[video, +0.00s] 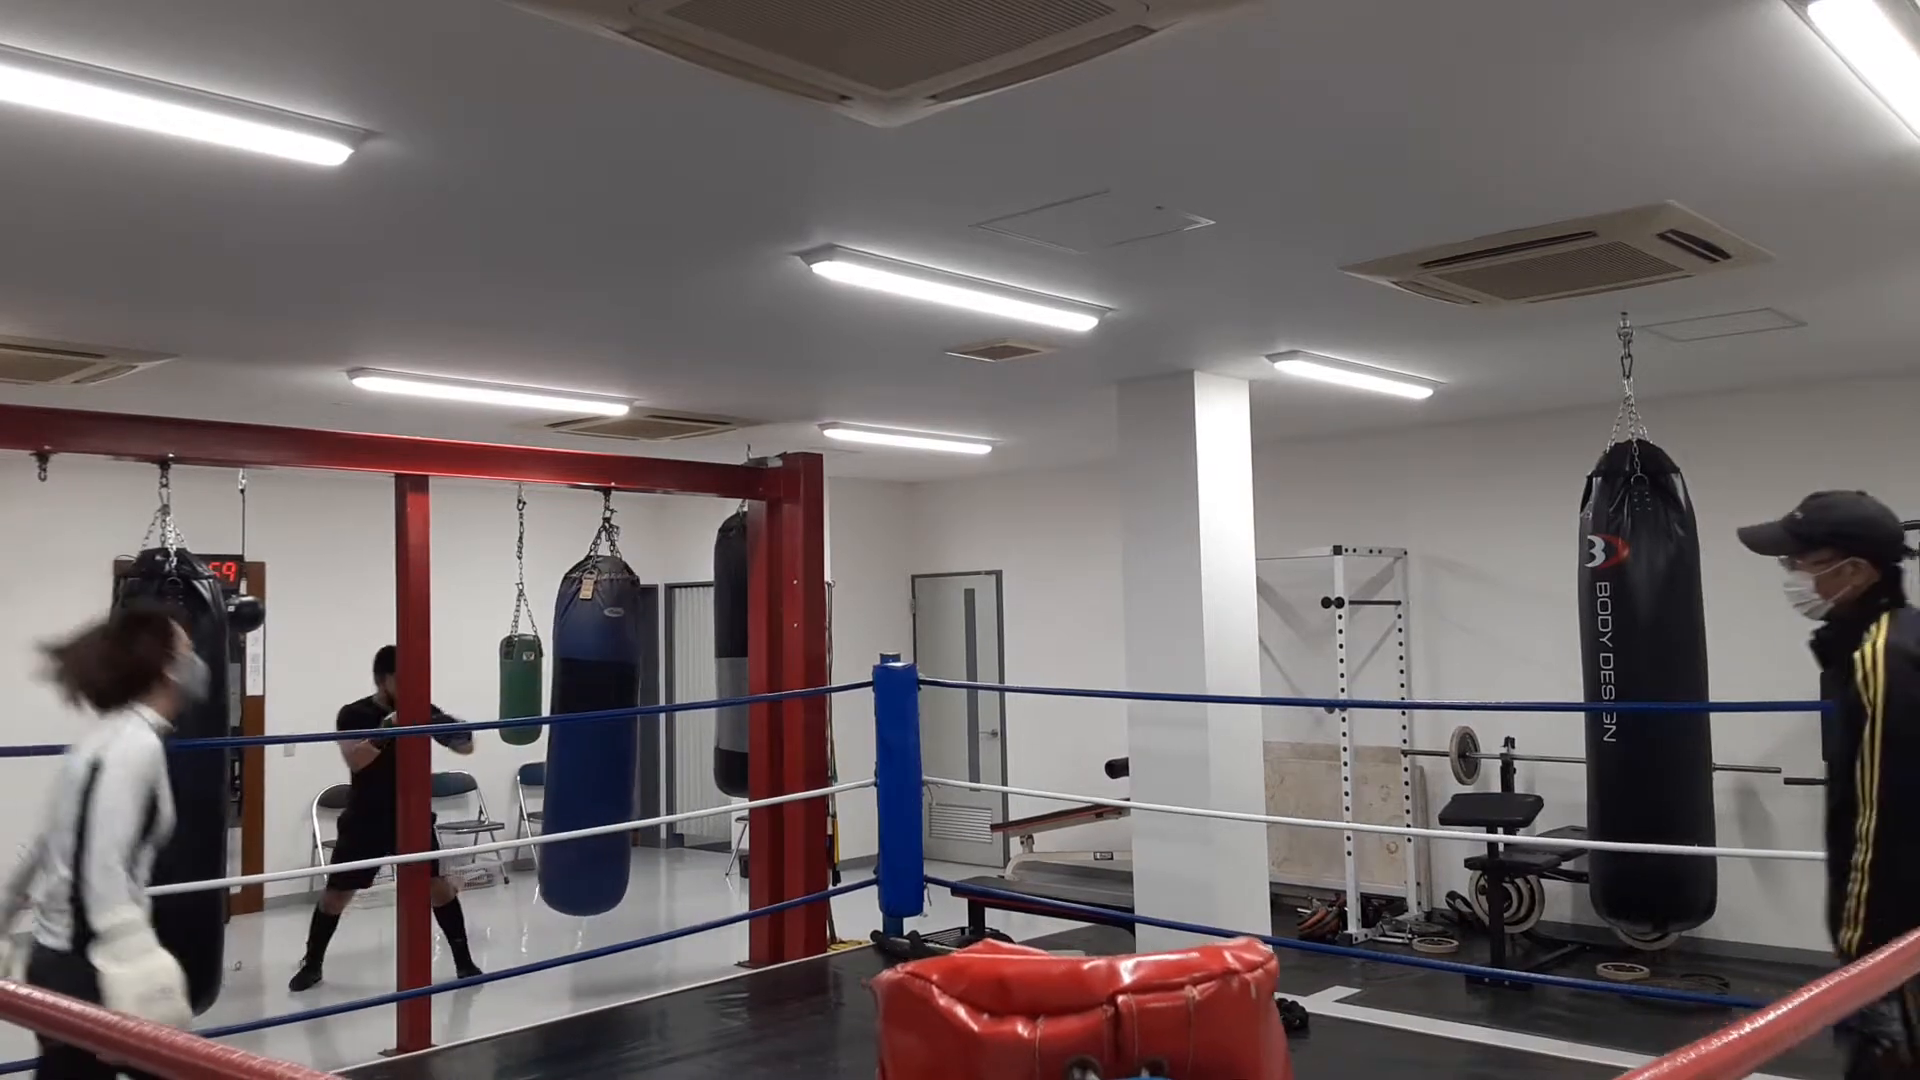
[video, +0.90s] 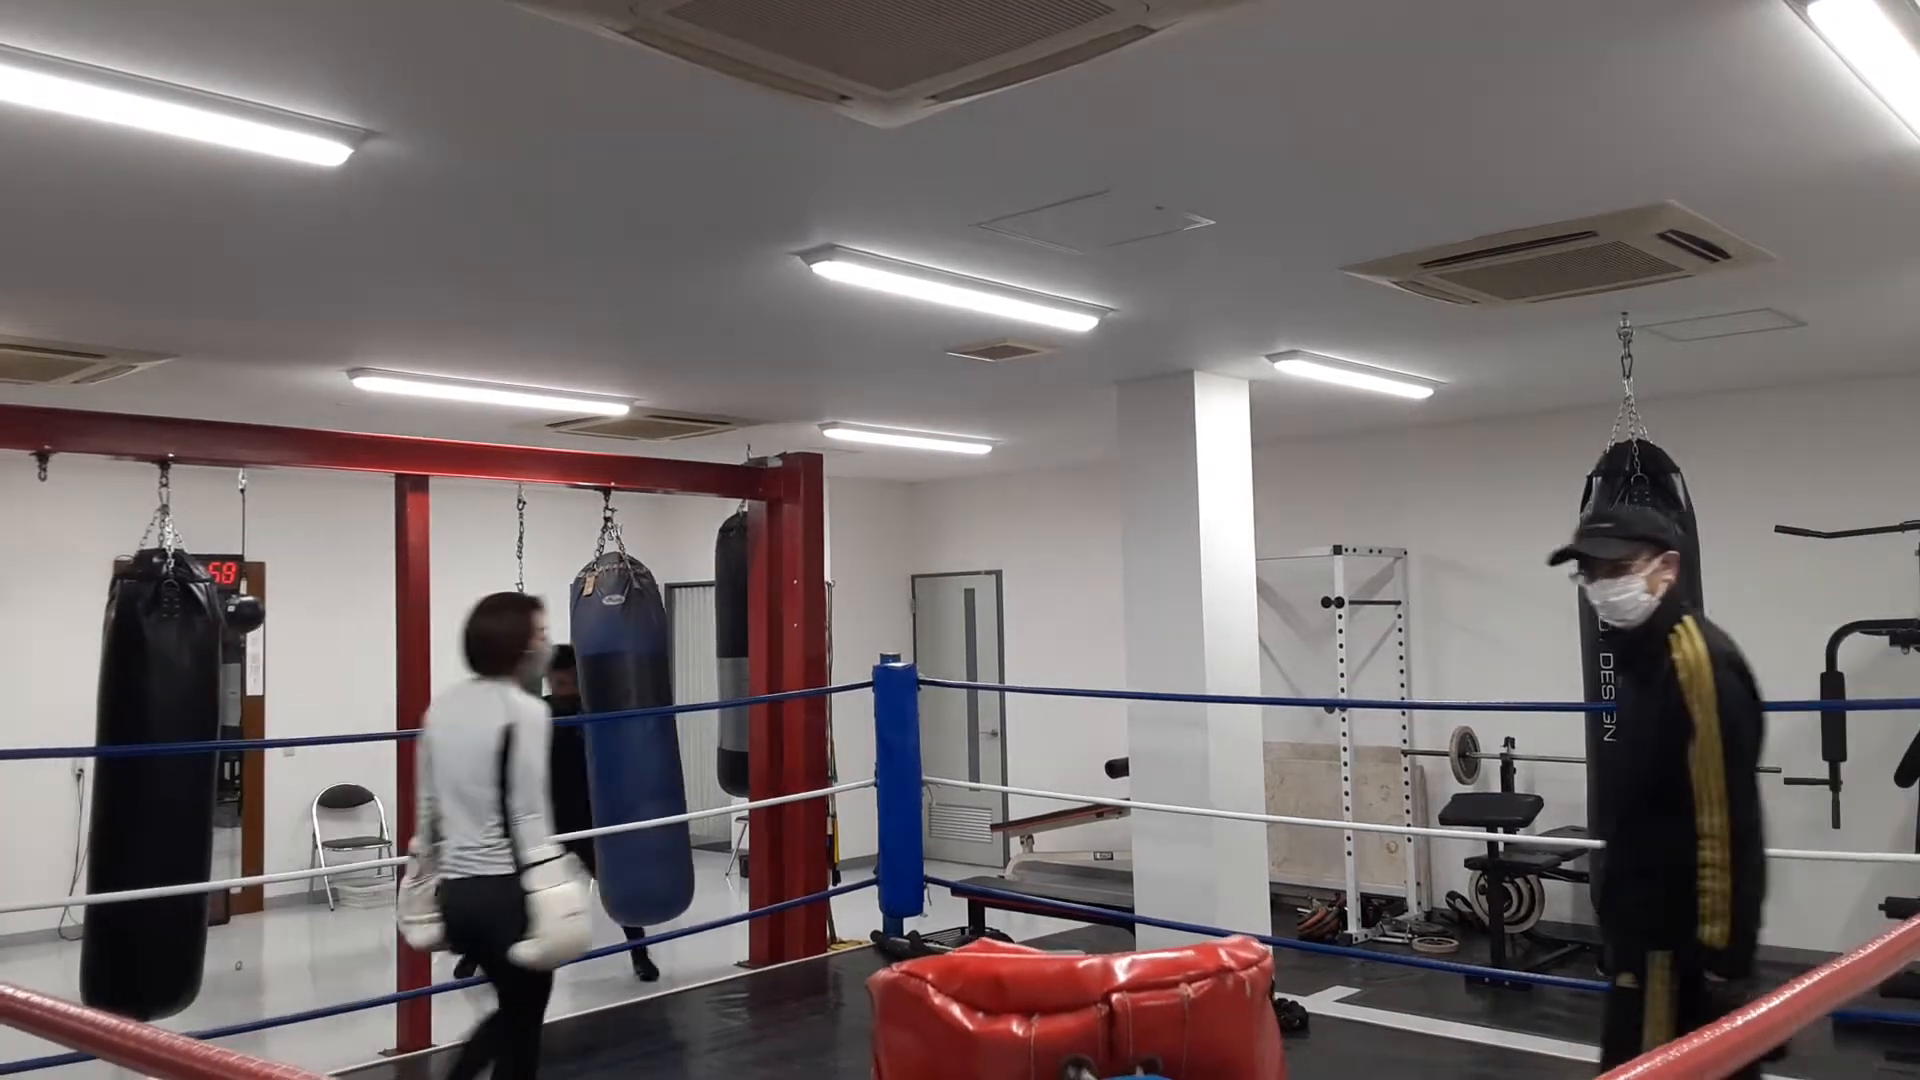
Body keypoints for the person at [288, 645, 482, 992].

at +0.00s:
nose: (406, 683)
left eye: (409, 676)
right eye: (399, 677)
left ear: (413, 679)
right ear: (382, 678)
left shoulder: (419, 710)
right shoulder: (355, 714)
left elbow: (465, 745)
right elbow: (354, 759)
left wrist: (451, 731)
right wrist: (388, 729)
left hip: (412, 817)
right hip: (365, 819)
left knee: (437, 885)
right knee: (337, 892)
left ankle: (463, 961)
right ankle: (312, 965)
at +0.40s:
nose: (452, 687)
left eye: (455, 682)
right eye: (447, 681)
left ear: (456, 681)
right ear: (427, 678)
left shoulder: (455, 717)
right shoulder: (391, 714)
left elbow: (502, 741)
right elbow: (392, 751)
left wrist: (499, 709)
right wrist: (434, 712)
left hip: (436, 819)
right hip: (391, 820)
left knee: (475, 884)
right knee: (356, 894)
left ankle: (498, 957)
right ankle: (326, 959)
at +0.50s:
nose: (469, 689)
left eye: (473, 682)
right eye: (463, 681)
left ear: (476, 681)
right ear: (442, 679)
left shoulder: (478, 712)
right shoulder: (420, 710)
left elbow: (521, 743)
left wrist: (504, 714)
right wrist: (432, 712)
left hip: (465, 812)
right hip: (421, 814)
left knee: (500, 882)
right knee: (396, 886)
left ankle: (511, 950)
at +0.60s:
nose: (485, 689)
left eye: (490, 681)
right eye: (477, 682)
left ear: (496, 680)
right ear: (461, 683)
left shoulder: (508, 714)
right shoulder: (444, 715)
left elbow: (556, 743)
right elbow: (433, 752)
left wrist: (532, 723)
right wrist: (454, 721)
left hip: (493, 815)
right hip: (451, 818)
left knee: (532, 881)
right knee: (422, 889)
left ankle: (560, 946)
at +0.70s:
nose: (509, 686)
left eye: (515, 678)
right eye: (501, 680)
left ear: (523, 678)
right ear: (488, 681)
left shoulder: (540, 709)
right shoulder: (474, 713)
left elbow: (583, 726)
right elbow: (450, 755)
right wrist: (473, 733)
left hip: (531, 810)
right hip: (487, 811)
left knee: (556, 881)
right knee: (461, 880)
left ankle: (580, 948)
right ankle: (459, 953)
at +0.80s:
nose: (532, 686)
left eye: (538, 678)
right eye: (525, 679)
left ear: (551, 675)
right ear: (515, 679)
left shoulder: (567, 707)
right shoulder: (502, 713)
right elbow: (487, 761)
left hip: (557, 805)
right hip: (512, 808)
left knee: (582, 876)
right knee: (507, 883)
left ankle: (621, 946)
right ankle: (502, 955)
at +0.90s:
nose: (565, 688)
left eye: (571, 681)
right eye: (558, 682)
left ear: (584, 682)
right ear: (548, 683)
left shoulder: (599, 714)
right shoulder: (540, 718)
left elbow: (619, 761)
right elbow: (531, 771)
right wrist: (535, 815)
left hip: (600, 812)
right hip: (555, 814)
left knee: (618, 879)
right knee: (545, 884)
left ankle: (640, 952)